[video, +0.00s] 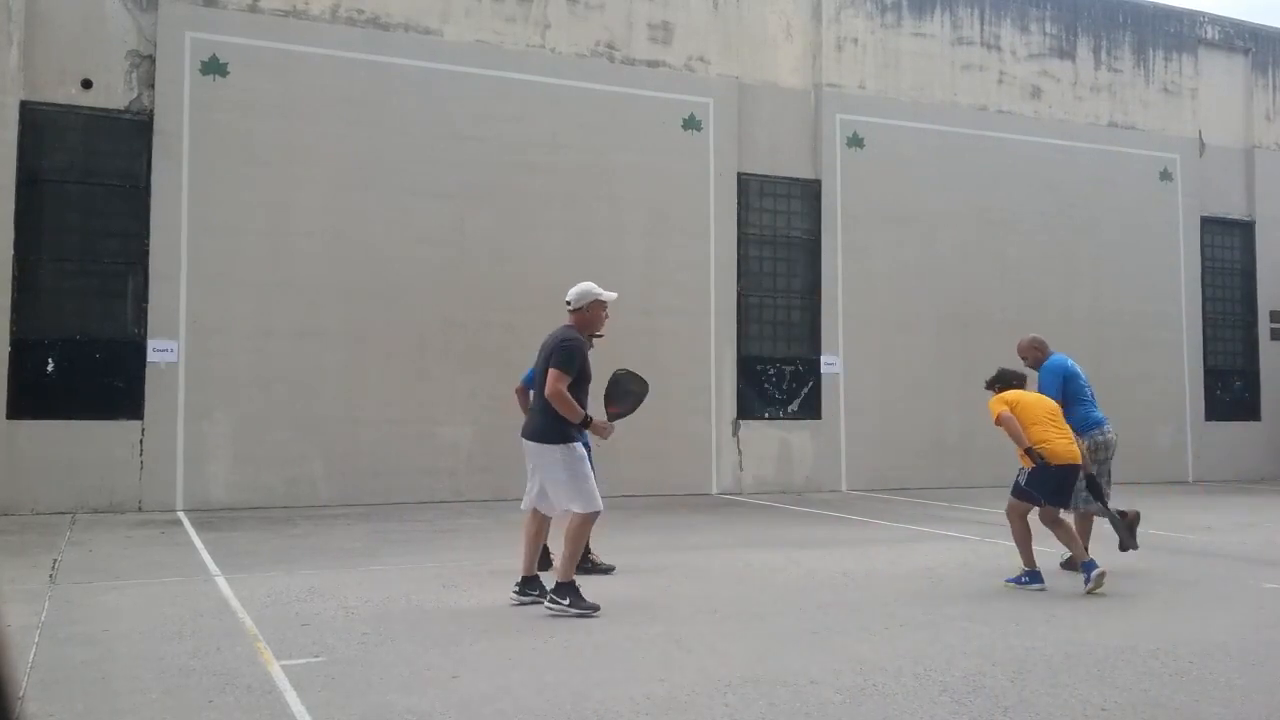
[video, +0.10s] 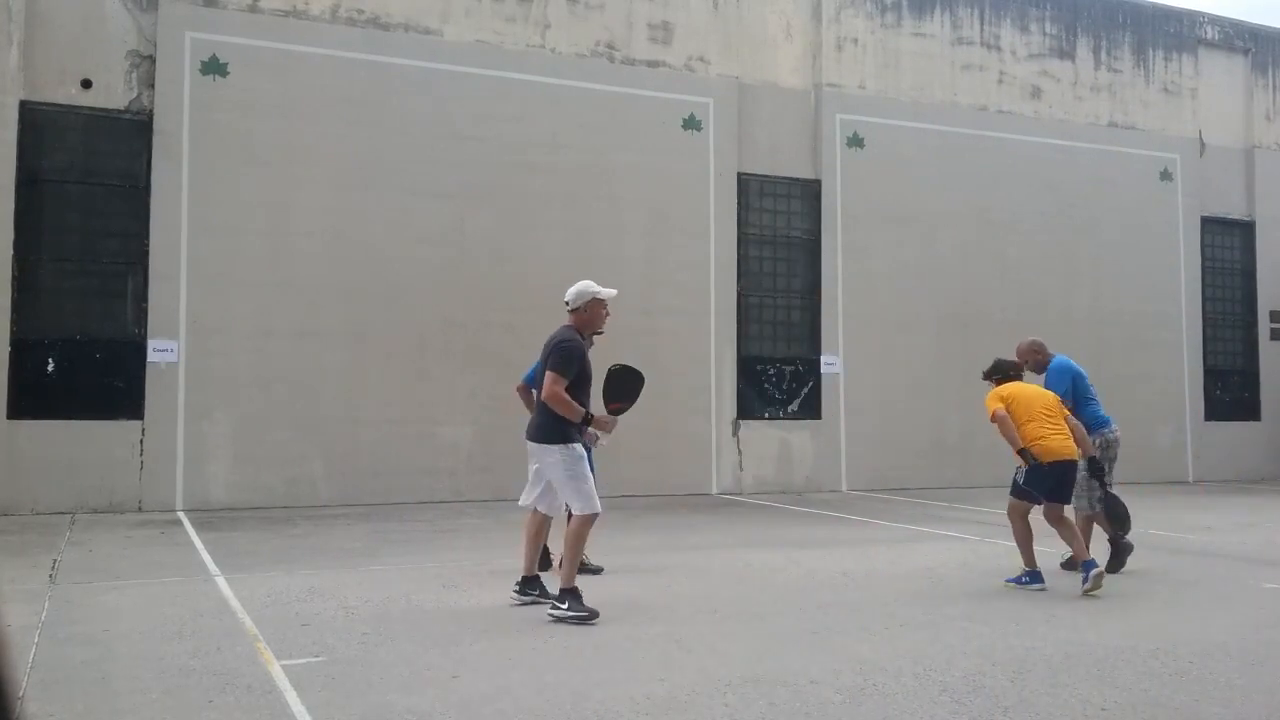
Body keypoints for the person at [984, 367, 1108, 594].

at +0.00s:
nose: (991, 395)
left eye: (992, 392)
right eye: (990, 392)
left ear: (998, 389)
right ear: (1020, 386)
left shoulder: (999, 399)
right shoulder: (1046, 400)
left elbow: (1006, 418)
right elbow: (1073, 437)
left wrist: (1027, 449)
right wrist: (1088, 473)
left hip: (1043, 461)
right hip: (1072, 461)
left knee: (1015, 512)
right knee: (1049, 516)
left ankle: (1031, 572)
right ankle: (1089, 566)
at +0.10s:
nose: (990, 386)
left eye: (990, 383)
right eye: (989, 384)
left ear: (995, 381)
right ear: (1019, 376)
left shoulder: (997, 394)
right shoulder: (1045, 393)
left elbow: (1001, 416)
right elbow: (1074, 424)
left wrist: (1020, 451)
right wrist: (1092, 458)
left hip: (1039, 458)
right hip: (1069, 458)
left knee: (1016, 513)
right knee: (1054, 515)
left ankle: (1031, 572)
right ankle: (1088, 565)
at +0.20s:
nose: (994, 378)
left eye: (994, 374)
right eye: (994, 374)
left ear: (1000, 372)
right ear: (1023, 368)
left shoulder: (997, 389)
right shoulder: (1049, 386)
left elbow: (999, 419)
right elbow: (1076, 418)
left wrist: (1012, 458)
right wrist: (1092, 453)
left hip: (1035, 458)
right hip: (1067, 456)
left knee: (1017, 513)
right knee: (1060, 513)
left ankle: (1032, 572)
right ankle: (1085, 557)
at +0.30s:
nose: (1000, 368)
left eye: (1001, 364)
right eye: (1000, 364)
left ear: (1008, 364)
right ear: (1031, 361)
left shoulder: (1002, 384)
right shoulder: (1055, 382)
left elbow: (999, 419)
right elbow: (1078, 417)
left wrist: (1001, 460)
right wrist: (1090, 453)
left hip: (1033, 458)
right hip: (1068, 455)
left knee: (1017, 512)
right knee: (1069, 512)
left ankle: (1032, 571)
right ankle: (1081, 556)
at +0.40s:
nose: (1050, 352)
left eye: (1049, 348)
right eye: (1048, 349)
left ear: (1017, 357)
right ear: (1042, 354)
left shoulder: (1007, 381)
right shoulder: (1064, 378)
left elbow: (997, 416)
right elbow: (1084, 418)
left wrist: (997, 455)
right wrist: (1092, 457)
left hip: (1033, 458)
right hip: (1069, 456)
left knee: (1019, 512)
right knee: (1080, 514)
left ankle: (1032, 572)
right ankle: (1079, 565)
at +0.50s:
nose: (1065, 351)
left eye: (1063, 347)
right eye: (1063, 347)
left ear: (1034, 353)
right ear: (1057, 350)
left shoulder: (1019, 378)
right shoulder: (1077, 377)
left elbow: (1000, 412)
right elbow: (1091, 419)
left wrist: (999, 451)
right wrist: (1096, 456)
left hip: (1037, 458)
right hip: (1074, 458)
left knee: (1025, 512)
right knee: (1085, 517)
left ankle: (1032, 571)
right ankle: (1072, 575)